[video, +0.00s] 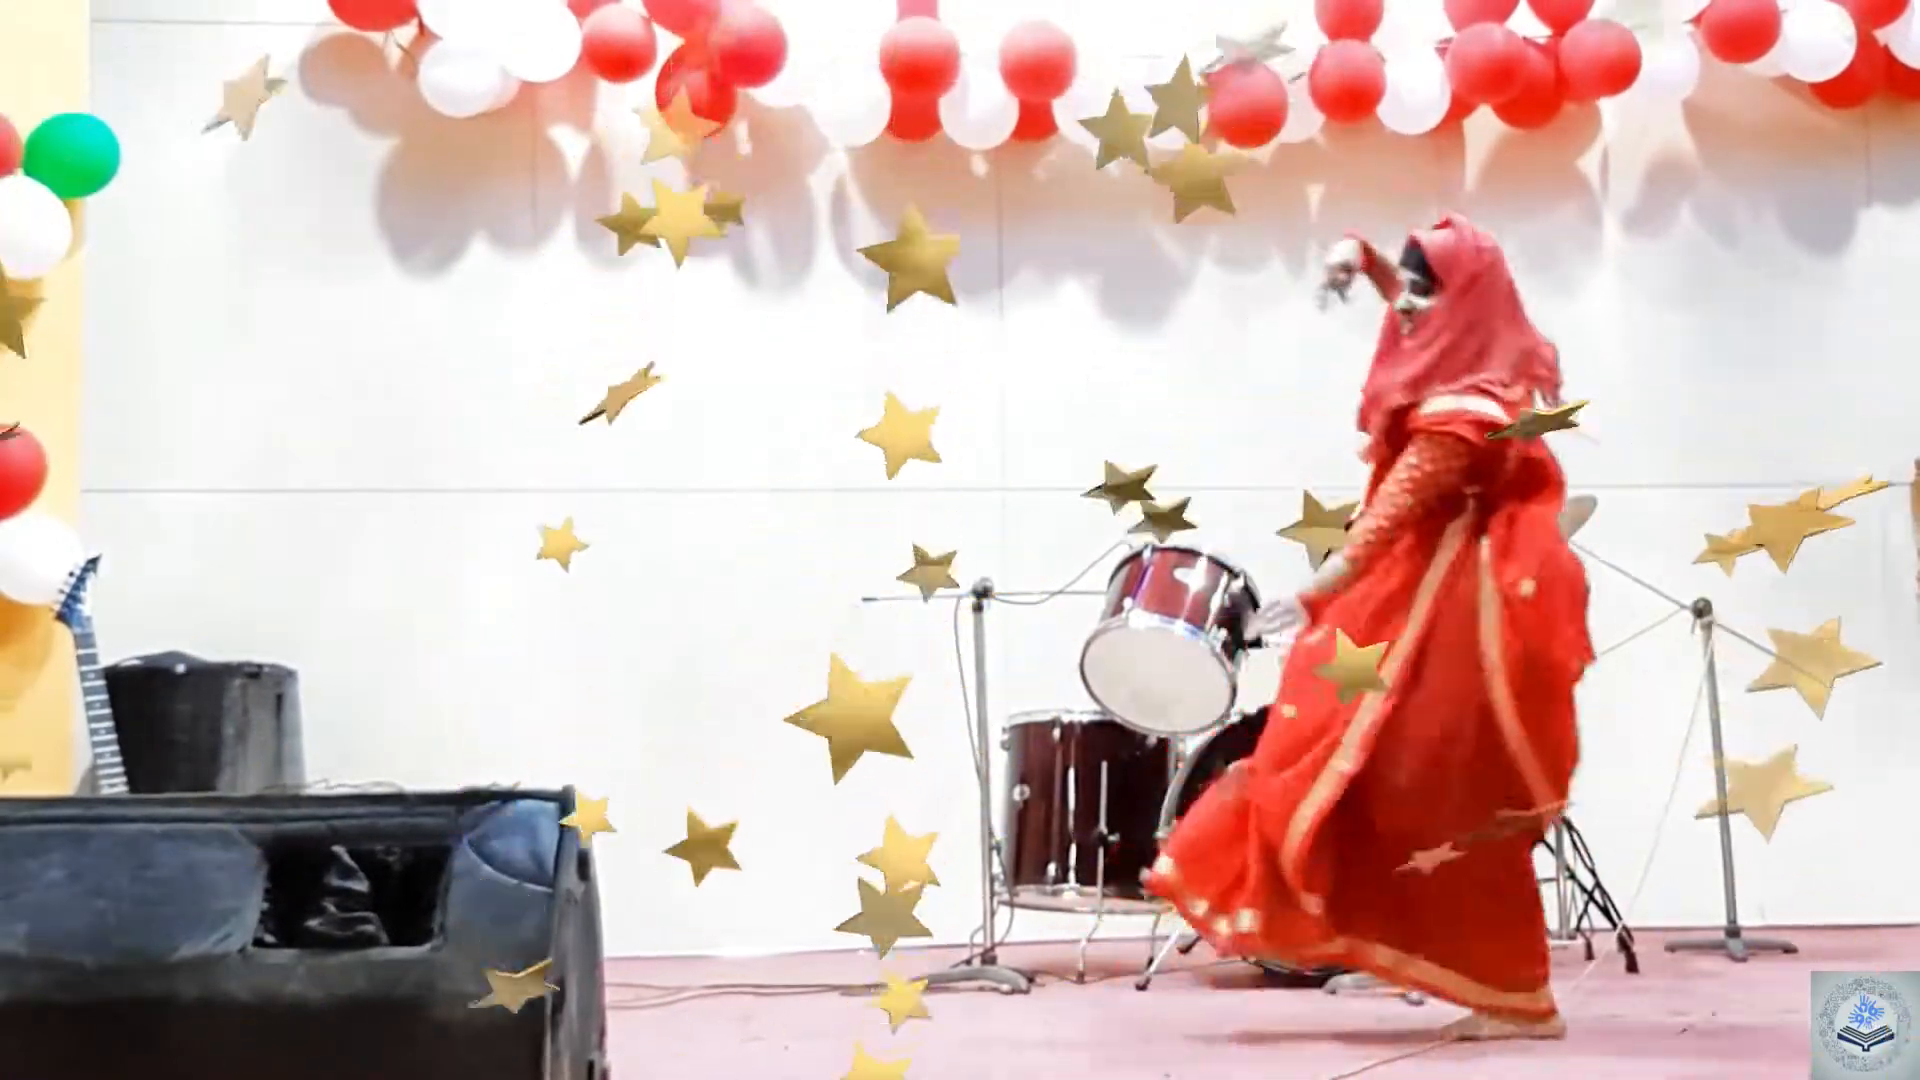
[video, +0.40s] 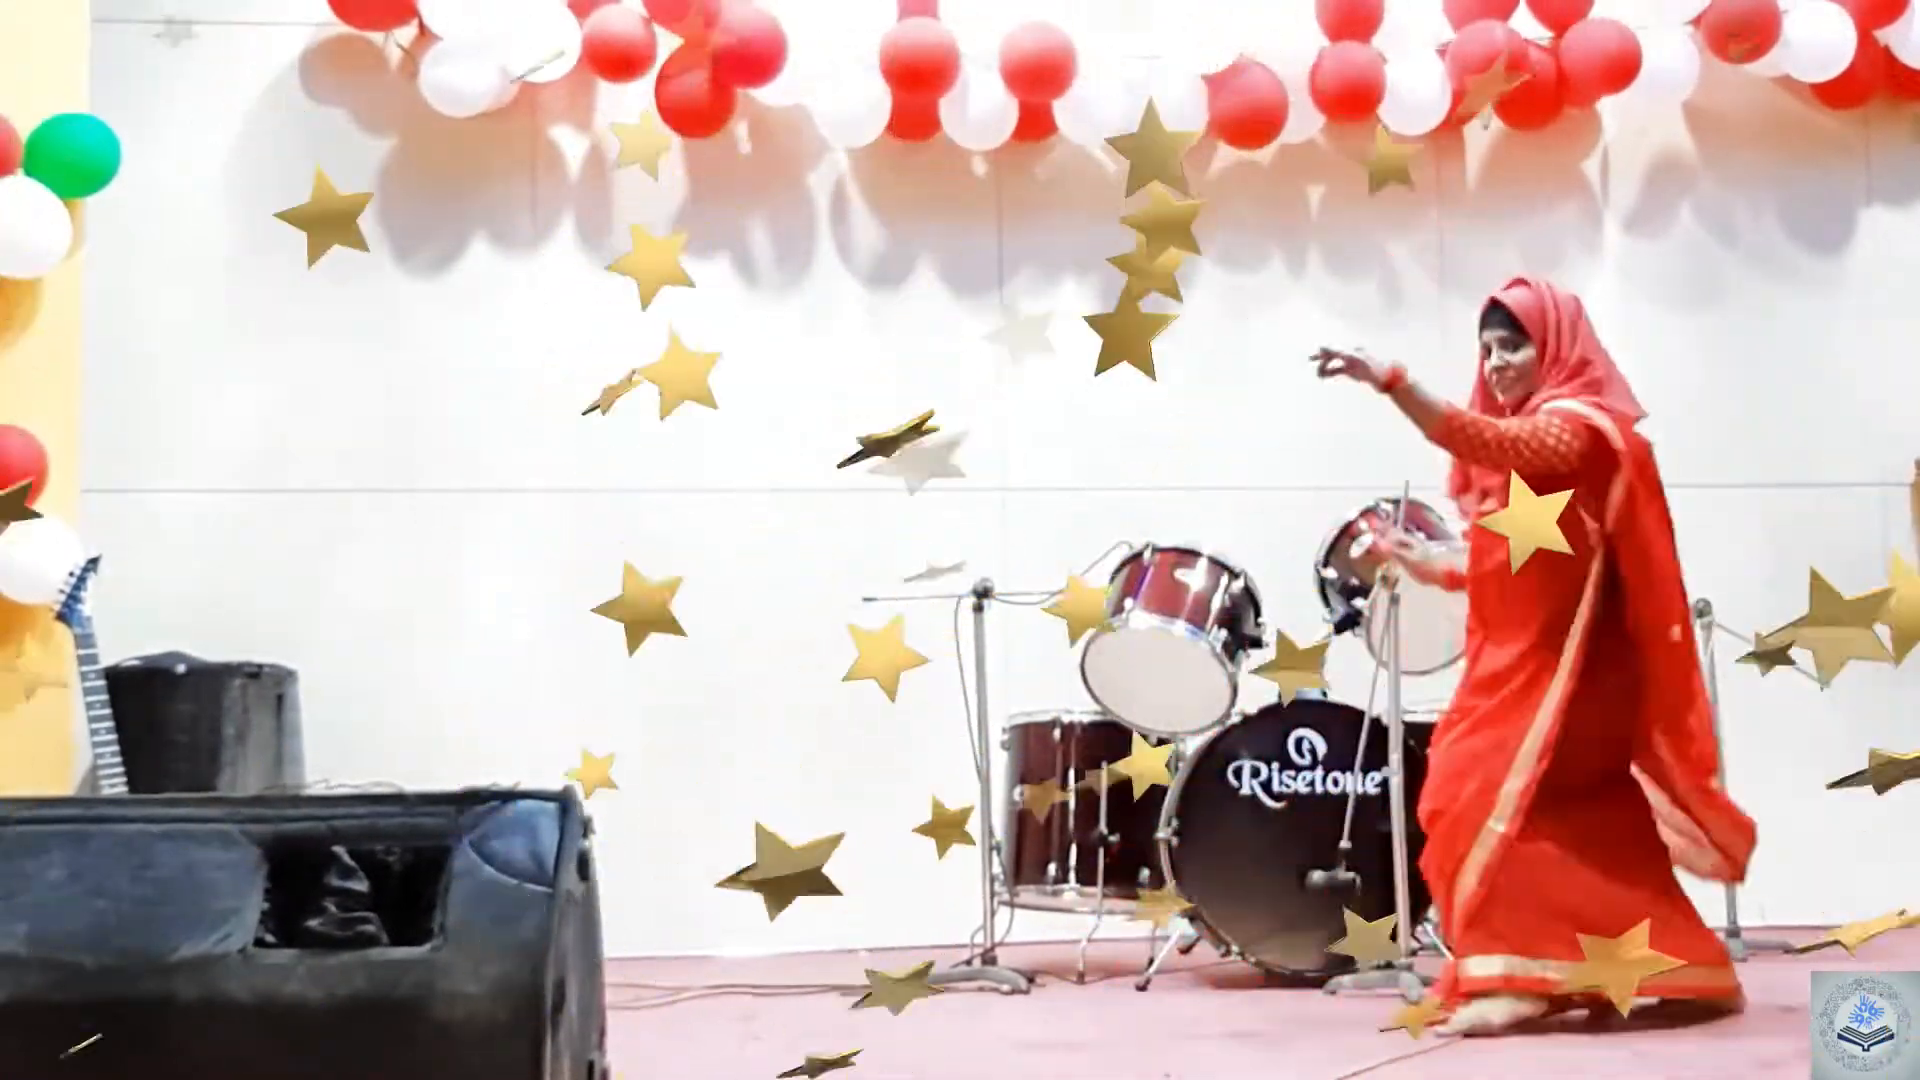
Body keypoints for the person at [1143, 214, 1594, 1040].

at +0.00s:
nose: (1405, 302)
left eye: (1421, 288)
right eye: (1405, 285)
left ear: (1459, 306)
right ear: (1462, 308)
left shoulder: (1461, 420)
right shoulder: (1456, 391)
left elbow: (1383, 527)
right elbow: (1420, 314)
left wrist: (1301, 598)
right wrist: (1374, 265)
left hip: (1476, 642)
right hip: (1471, 637)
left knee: (1468, 813)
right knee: (1471, 813)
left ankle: (1518, 996)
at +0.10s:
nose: (1435, 300)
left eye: (1451, 284)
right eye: (1430, 285)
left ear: (1494, 292)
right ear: (1432, 292)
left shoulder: (1505, 394)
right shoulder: (1478, 366)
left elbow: (1426, 480)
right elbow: (1440, 289)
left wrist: (1341, 533)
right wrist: (1386, 291)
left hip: (1504, 622)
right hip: (1474, 617)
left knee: (1486, 796)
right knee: (1478, 796)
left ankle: (1519, 996)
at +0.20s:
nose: (1460, 294)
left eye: (1477, 280)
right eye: (1453, 280)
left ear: (1521, 287)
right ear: (1446, 288)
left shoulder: (1541, 374)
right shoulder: (1481, 365)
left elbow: (1466, 430)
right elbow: (1446, 376)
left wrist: (1344, 446)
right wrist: (1394, 381)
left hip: (1524, 627)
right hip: (1478, 625)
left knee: (1505, 795)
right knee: (1493, 794)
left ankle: (1527, 991)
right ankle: (1664, 941)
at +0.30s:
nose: (1480, 331)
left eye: (1498, 318)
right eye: (1474, 318)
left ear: (1543, 325)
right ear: (1467, 328)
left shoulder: (1566, 405)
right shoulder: (1496, 411)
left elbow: (1477, 428)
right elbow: (1491, 535)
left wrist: (1368, 381)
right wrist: (1431, 511)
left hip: (1547, 644)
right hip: (1512, 641)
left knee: (1467, 795)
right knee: (1598, 798)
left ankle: (1520, 983)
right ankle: (1686, 967)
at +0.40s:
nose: (1495, 361)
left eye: (1511, 345)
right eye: (1487, 347)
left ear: (1556, 346)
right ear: (1479, 354)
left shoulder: (1583, 426)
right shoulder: (1501, 446)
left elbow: (1494, 440)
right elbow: (1496, 573)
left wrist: (1397, 386)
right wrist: (1410, 559)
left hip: (1569, 665)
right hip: (1513, 662)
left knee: (1463, 801)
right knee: (1588, 817)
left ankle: (1506, 983)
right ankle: (1685, 969)